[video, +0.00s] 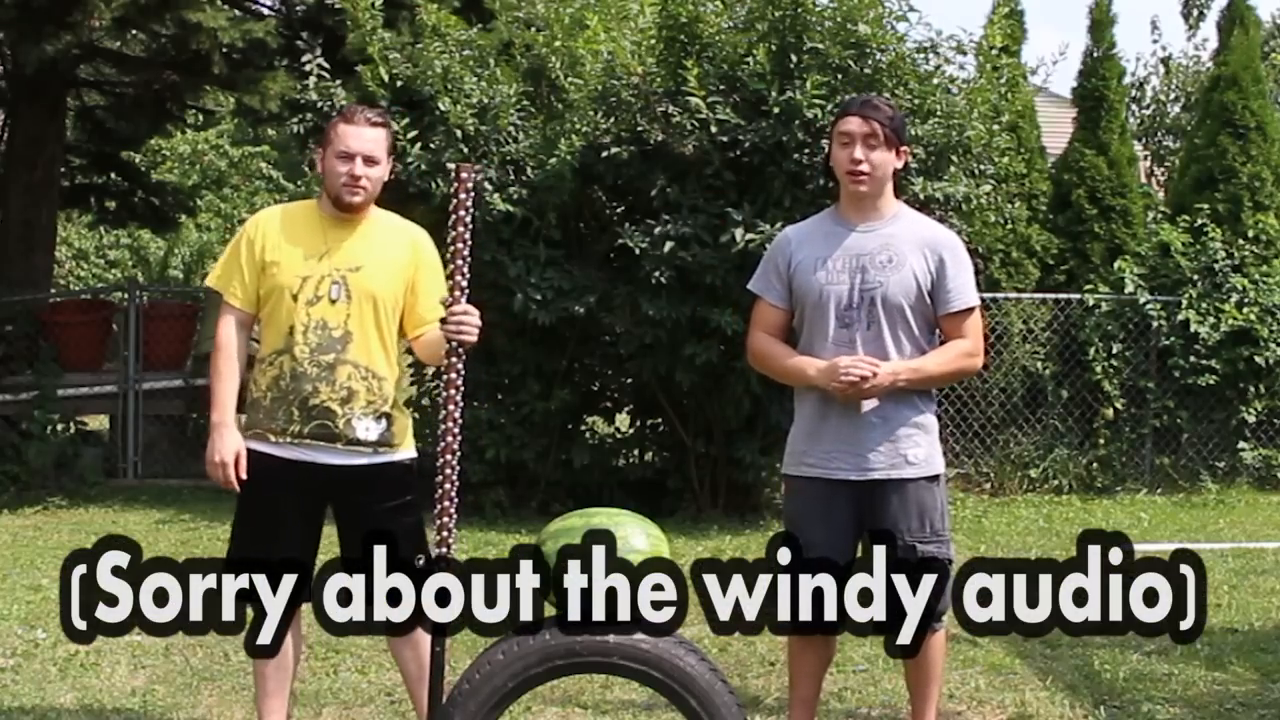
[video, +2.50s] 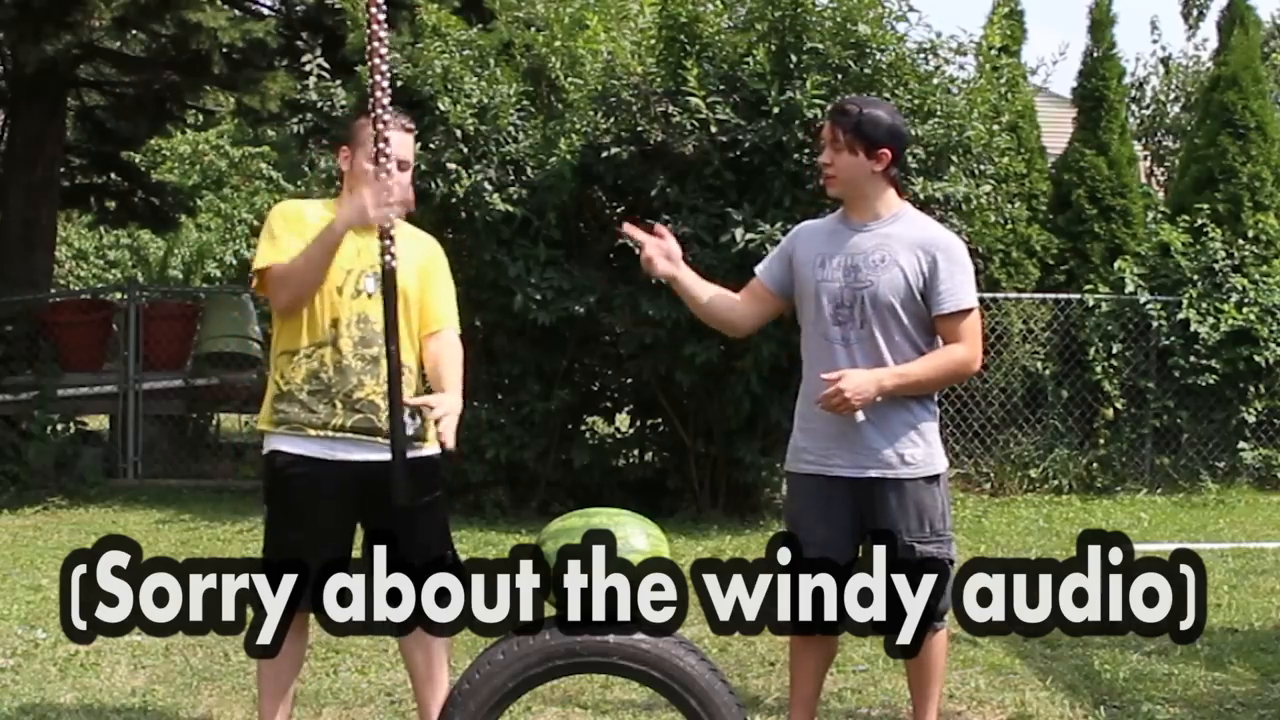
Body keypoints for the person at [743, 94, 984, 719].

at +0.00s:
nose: (856, 155)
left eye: (872, 144)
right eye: (845, 142)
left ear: (898, 157)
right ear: (830, 154)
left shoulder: (937, 243)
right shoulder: (793, 244)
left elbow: (970, 350)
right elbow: (760, 344)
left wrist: (895, 373)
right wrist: (818, 371)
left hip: (908, 465)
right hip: (817, 464)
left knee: (924, 609)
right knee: (809, 609)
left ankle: (924, 716)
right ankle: (800, 716)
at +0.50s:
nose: (821, 165)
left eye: (835, 153)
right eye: (819, 152)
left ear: (879, 159)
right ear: (819, 156)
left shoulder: (937, 244)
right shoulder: (801, 243)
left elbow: (972, 351)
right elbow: (764, 340)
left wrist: (892, 376)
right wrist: (735, 288)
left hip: (907, 468)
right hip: (817, 464)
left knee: (922, 613)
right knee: (811, 610)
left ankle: (925, 717)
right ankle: (799, 716)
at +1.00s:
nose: (813, 163)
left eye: (826, 152)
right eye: (813, 151)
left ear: (872, 158)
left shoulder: (932, 245)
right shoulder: (799, 244)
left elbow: (964, 352)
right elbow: (780, 335)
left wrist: (884, 381)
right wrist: (751, 364)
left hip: (904, 467)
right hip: (814, 464)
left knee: (921, 610)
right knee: (811, 608)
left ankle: (925, 716)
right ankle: (799, 716)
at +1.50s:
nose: (809, 165)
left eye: (821, 153)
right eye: (808, 153)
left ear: (866, 158)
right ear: (832, 158)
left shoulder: (926, 244)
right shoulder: (799, 245)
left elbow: (956, 353)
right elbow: (764, 336)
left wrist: (858, 371)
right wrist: (797, 368)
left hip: (903, 467)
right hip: (814, 465)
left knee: (922, 610)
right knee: (810, 608)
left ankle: (924, 716)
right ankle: (799, 715)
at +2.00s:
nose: (812, 166)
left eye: (825, 154)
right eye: (811, 153)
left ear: (869, 157)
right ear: (831, 157)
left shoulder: (931, 243)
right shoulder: (800, 245)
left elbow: (962, 352)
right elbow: (768, 338)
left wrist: (865, 373)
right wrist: (802, 370)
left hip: (904, 467)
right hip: (815, 466)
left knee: (922, 611)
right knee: (810, 610)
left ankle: (924, 716)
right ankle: (800, 716)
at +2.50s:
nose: (822, 160)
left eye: (835, 149)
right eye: (822, 148)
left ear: (880, 158)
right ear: (829, 156)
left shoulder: (936, 245)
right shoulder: (805, 241)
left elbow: (966, 353)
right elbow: (739, 316)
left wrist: (879, 380)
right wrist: (677, 271)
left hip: (907, 467)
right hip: (818, 463)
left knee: (923, 612)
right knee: (812, 609)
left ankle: (925, 718)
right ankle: (799, 716)